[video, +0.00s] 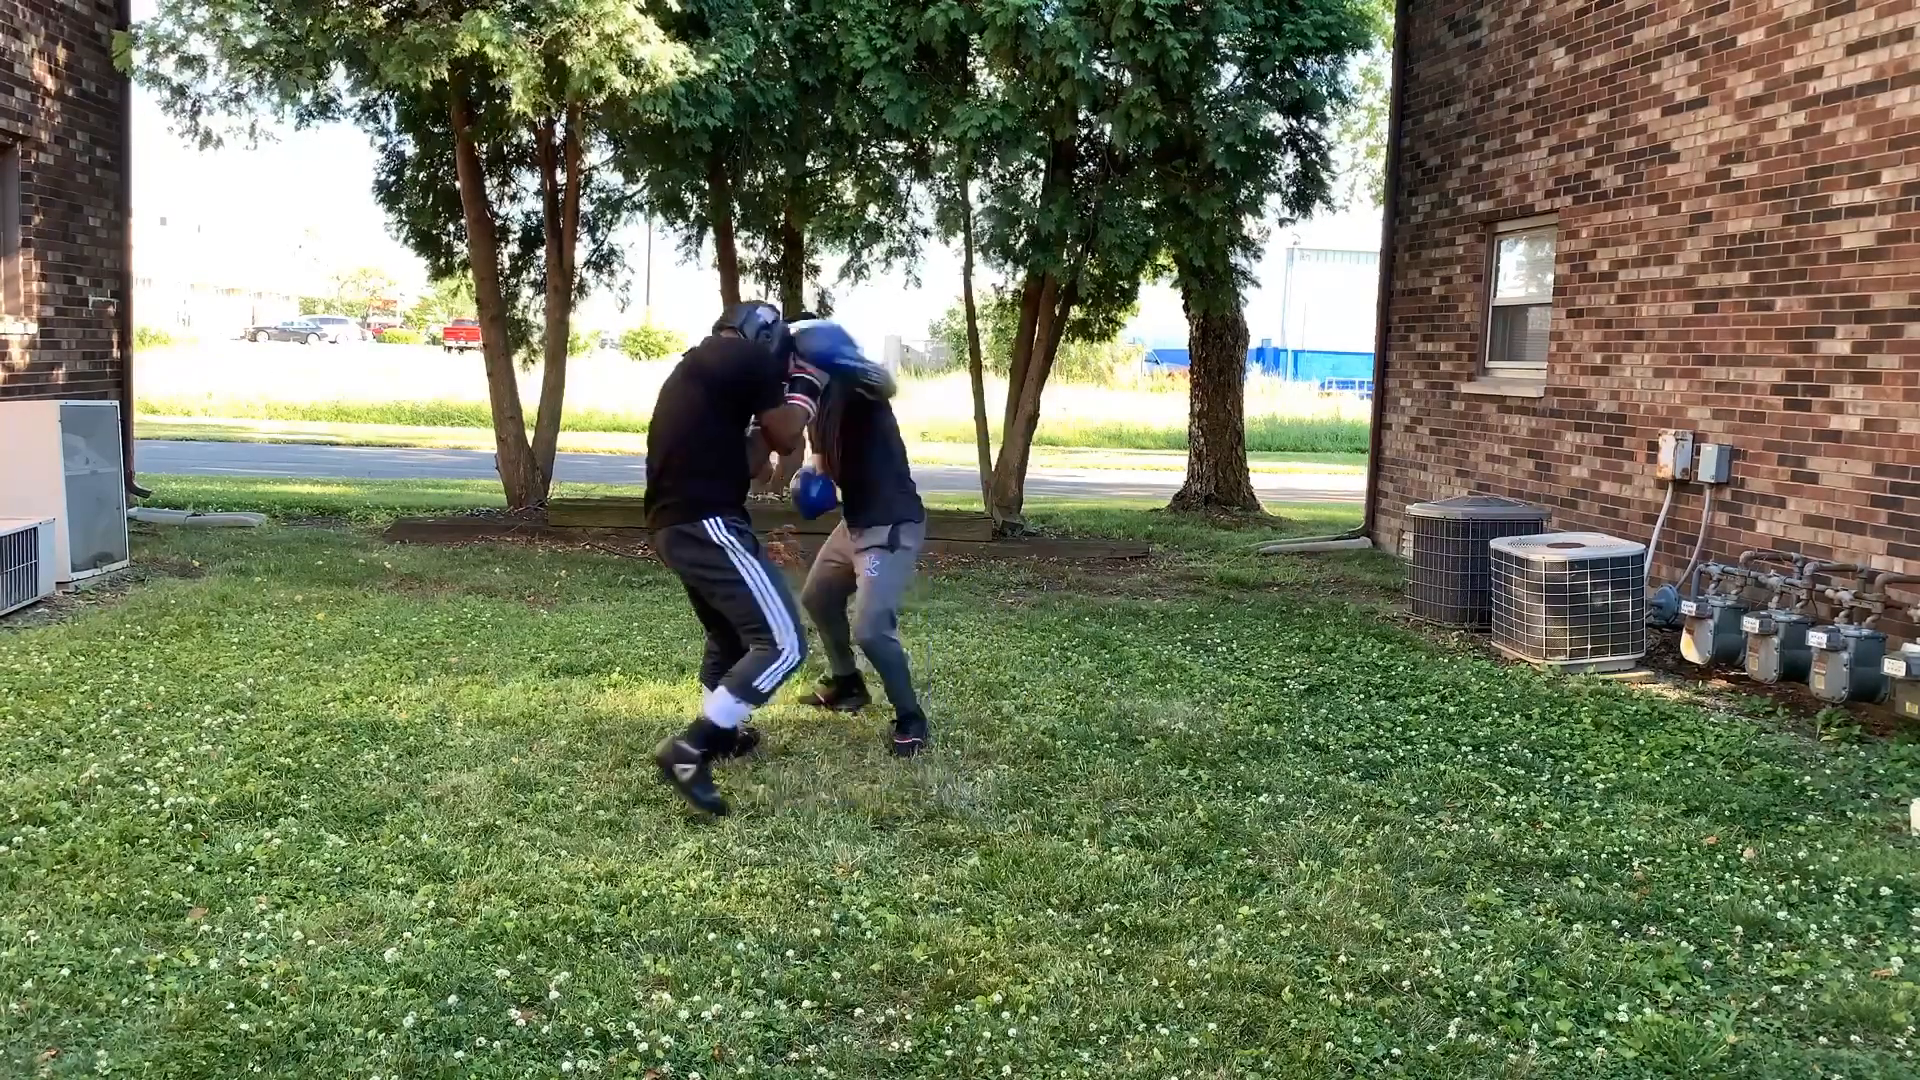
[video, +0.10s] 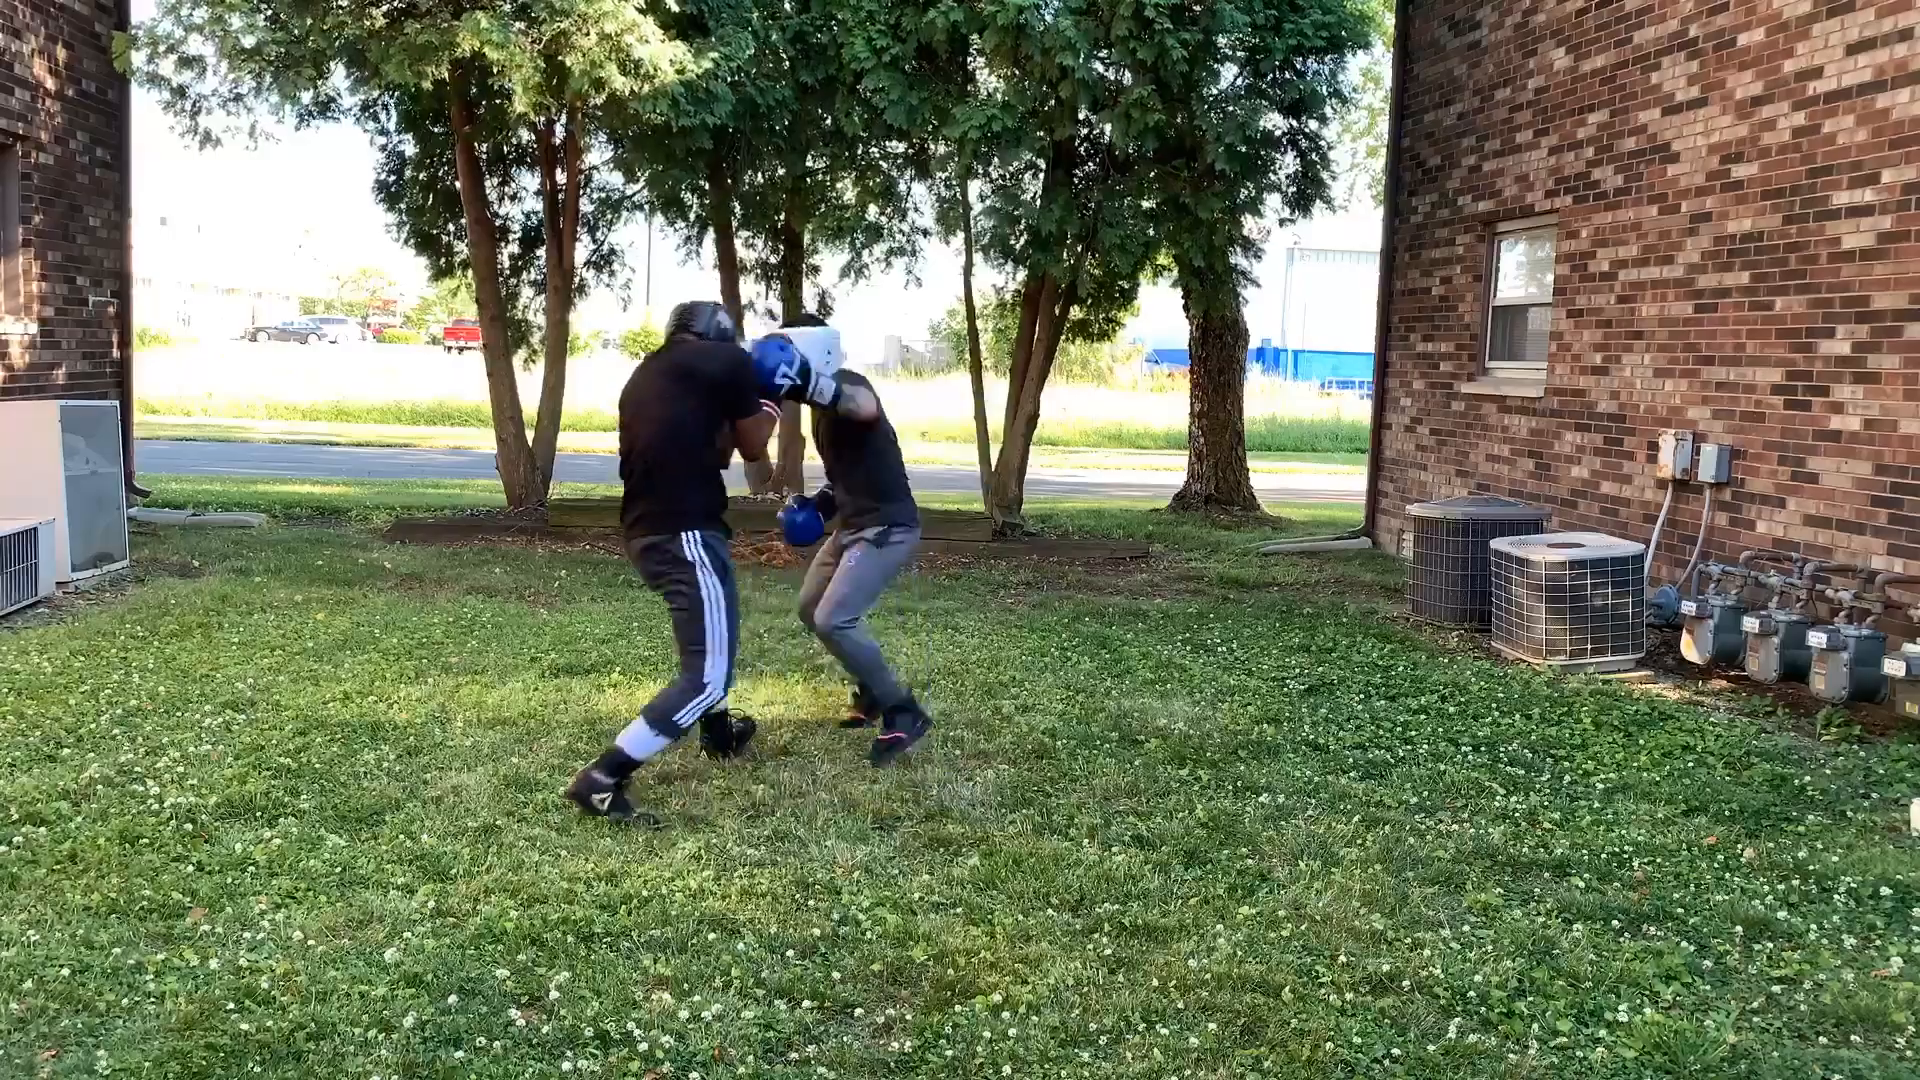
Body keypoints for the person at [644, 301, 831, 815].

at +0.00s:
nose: (779, 357)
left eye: (780, 350)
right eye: (778, 348)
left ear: (728, 331)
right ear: (766, 335)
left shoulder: (696, 365)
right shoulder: (751, 354)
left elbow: (740, 469)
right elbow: (788, 439)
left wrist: (774, 420)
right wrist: (805, 385)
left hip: (676, 521)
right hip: (708, 521)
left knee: (727, 636)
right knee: (784, 646)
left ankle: (723, 730)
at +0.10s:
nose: (736, 347)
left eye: (734, 340)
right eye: (735, 339)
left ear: (680, 332)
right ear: (720, 332)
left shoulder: (645, 374)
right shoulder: (725, 360)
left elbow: (699, 454)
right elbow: (755, 447)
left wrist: (747, 408)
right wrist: (768, 404)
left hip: (650, 533)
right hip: (687, 534)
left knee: (712, 628)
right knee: (708, 678)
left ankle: (718, 730)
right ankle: (602, 779)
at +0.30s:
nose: (683, 339)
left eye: (683, 330)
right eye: (681, 331)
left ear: (626, 324)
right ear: (668, 325)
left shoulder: (584, 363)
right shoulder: (668, 355)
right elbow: (697, 442)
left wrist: (685, 370)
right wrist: (706, 380)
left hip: (575, 535)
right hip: (626, 532)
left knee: (631, 635)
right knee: (658, 673)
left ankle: (635, 730)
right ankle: (589, 792)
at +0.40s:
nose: (631, 316)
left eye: (631, 308)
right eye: (630, 307)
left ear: (577, 299)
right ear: (619, 304)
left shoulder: (558, 342)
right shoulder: (604, 342)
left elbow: (635, 413)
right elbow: (675, 405)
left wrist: (654, 342)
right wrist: (671, 330)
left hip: (548, 519)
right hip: (587, 520)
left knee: (592, 626)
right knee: (635, 662)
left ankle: (536, 728)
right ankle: (586, 790)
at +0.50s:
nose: (589, 312)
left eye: (591, 299)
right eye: (586, 299)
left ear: (537, 294)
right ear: (567, 300)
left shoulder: (515, 341)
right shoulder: (538, 349)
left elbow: (610, 389)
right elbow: (618, 399)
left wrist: (635, 314)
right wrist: (627, 318)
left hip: (520, 516)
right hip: (540, 519)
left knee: (544, 634)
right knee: (597, 651)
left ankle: (450, 726)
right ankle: (576, 786)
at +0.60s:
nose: (547, 305)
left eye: (549, 296)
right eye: (540, 294)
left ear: (527, 297)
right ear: (511, 291)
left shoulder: (517, 341)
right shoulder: (466, 353)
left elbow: (603, 387)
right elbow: (537, 425)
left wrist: (611, 320)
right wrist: (550, 350)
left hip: (516, 517)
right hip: (479, 519)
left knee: (497, 644)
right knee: (540, 641)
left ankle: (429, 749)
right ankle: (554, 779)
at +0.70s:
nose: (514, 308)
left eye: (517, 297)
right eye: (507, 297)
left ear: (470, 285)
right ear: (476, 288)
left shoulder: (491, 339)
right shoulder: (415, 349)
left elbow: (553, 405)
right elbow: (459, 435)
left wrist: (570, 338)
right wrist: (509, 371)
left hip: (487, 508)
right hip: (435, 507)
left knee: (488, 632)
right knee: (487, 629)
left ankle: (427, 743)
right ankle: (455, 767)